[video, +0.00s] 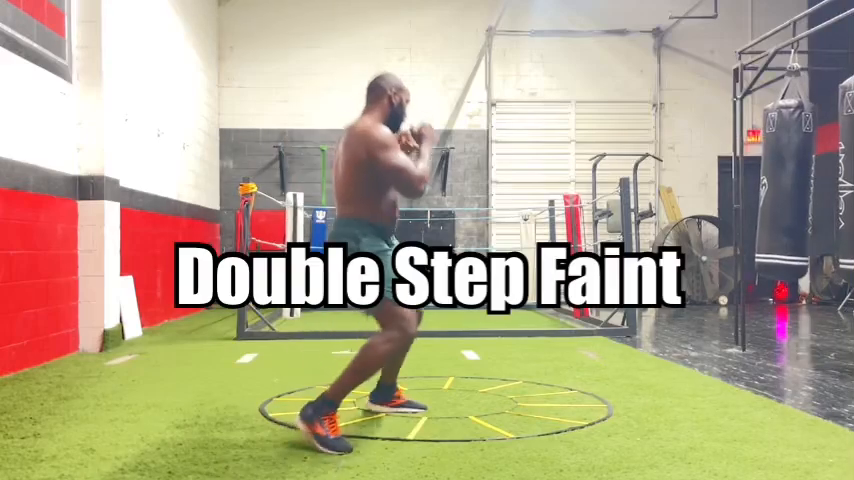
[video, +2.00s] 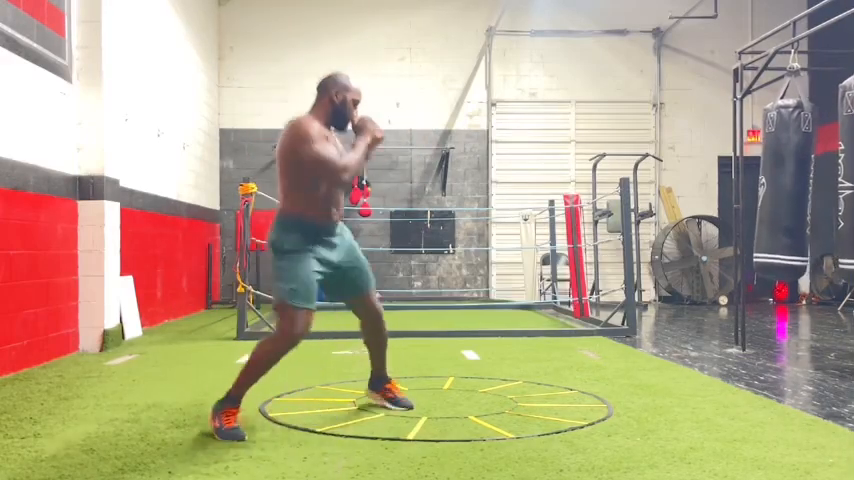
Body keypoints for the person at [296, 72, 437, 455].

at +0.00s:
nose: (407, 110)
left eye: (407, 104)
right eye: (405, 103)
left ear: (378, 96)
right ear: (390, 96)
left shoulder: (363, 130)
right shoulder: (372, 132)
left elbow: (386, 182)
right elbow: (417, 183)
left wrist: (407, 151)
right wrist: (428, 148)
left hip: (372, 237)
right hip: (362, 239)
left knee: (409, 317)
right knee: (399, 329)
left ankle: (386, 391)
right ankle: (321, 409)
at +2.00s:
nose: (356, 111)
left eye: (358, 105)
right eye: (353, 103)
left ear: (335, 97)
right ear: (333, 96)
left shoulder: (333, 136)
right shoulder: (303, 129)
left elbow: (337, 176)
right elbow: (344, 171)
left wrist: (362, 149)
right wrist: (365, 139)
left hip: (337, 237)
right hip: (297, 239)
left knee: (372, 311)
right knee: (293, 329)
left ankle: (380, 381)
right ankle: (228, 406)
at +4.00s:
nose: (317, 119)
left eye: (319, 113)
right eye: (312, 112)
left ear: (316, 112)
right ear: (291, 107)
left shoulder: (318, 149)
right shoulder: (260, 143)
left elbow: (339, 188)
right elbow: (268, 187)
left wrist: (354, 160)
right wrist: (305, 150)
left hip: (318, 237)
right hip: (273, 241)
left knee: (354, 307)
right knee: (245, 320)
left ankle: (388, 377)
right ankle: (217, 380)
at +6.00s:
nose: (313, 119)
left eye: (318, 115)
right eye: (310, 113)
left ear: (320, 116)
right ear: (294, 108)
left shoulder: (325, 144)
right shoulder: (265, 134)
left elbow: (349, 182)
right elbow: (266, 168)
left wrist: (348, 147)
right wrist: (301, 136)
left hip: (316, 224)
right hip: (276, 226)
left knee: (341, 289)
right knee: (264, 302)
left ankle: (367, 362)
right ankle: (265, 366)